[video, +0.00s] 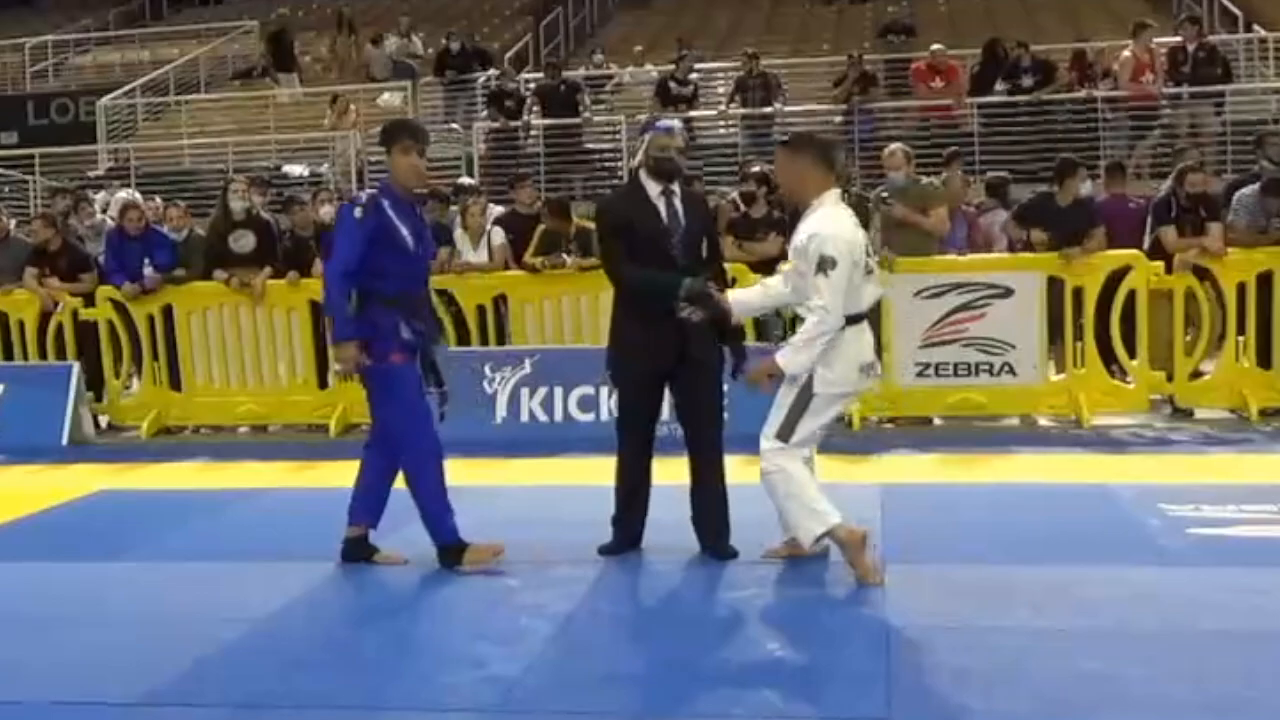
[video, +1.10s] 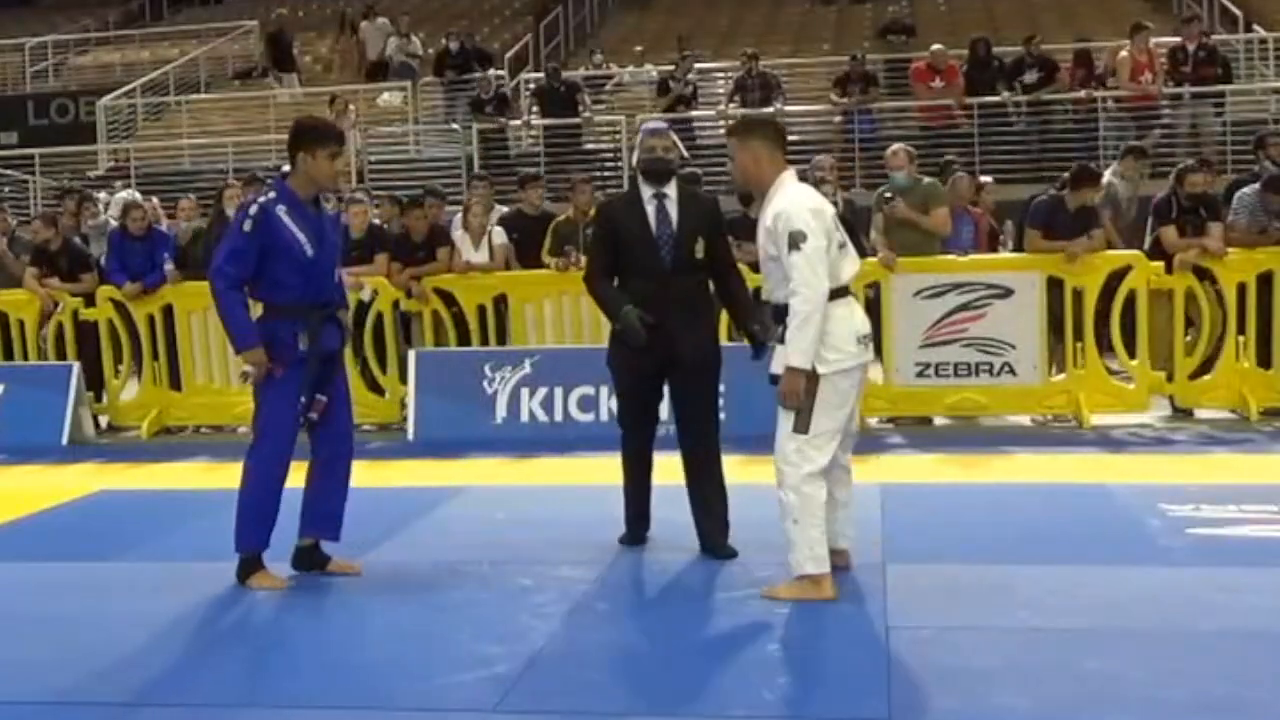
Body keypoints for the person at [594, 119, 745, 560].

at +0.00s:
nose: (671, 158)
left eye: (677, 151)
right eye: (662, 150)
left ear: (684, 154)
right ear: (642, 151)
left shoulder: (697, 202)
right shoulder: (615, 206)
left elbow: (714, 272)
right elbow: (620, 274)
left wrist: (733, 334)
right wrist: (681, 288)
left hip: (696, 339)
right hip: (640, 340)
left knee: (706, 442)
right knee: (634, 441)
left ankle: (714, 536)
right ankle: (627, 533)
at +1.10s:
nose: (659, 152)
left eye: (667, 146)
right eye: (650, 146)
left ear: (680, 154)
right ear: (636, 155)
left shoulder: (701, 206)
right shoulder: (613, 211)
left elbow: (725, 271)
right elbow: (596, 276)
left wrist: (749, 322)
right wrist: (620, 310)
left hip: (695, 338)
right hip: (637, 339)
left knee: (701, 438)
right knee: (636, 438)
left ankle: (713, 535)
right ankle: (636, 526)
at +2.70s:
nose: (644, 168)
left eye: (650, 161)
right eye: (637, 162)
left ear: (662, 166)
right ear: (624, 169)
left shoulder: (681, 208)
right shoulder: (617, 209)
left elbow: (697, 269)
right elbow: (608, 229)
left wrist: (711, 322)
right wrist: (611, 203)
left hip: (682, 326)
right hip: (633, 328)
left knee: (686, 417)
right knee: (638, 416)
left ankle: (694, 502)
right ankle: (641, 495)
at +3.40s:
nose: (642, 170)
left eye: (649, 164)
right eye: (637, 164)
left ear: (666, 166)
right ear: (630, 168)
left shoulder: (695, 209)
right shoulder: (618, 217)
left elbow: (713, 270)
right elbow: (607, 275)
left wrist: (721, 322)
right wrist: (588, 329)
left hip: (686, 327)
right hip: (637, 327)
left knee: (689, 411)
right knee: (640, 415)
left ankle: (692, 484)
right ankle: (641, 492)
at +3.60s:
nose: (652, 173)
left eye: (659, 167)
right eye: (648, 166)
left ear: (677, 169)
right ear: (642, 170)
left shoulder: (704, 213)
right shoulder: (629, 215)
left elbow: (720, 270)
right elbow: (621, 265)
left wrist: (718, 316)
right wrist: (614, 305)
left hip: (691, 324)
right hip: (644, 324)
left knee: (693, 407)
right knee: (646, 407)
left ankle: (692, 481)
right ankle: (643, 483)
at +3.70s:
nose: (656, 170)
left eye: (664, 164)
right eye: (653, 164)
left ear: (682, 168)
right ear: (648, 168)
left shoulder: (708, 213)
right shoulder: (633, 213)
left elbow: (720, 272)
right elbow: (622, 266)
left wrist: (714, 319)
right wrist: (621, 303)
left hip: (690, 324)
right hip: (644, 325)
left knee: (693, 407)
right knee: (644, 408)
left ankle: (693, 481)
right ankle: (642, 482)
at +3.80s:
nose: (656, 170)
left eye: (664, 165)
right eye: (654, 164)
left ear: (683, 167)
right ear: (651, 167)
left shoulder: (710, 213)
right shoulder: (635, 211)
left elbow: (720, 273)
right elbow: (623, 264)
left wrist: (713, 322)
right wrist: (618, 305)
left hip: (690, 324)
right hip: (643, 324)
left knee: (693, 408)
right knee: (640, 405)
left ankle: (693, 481)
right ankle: (640, 477)